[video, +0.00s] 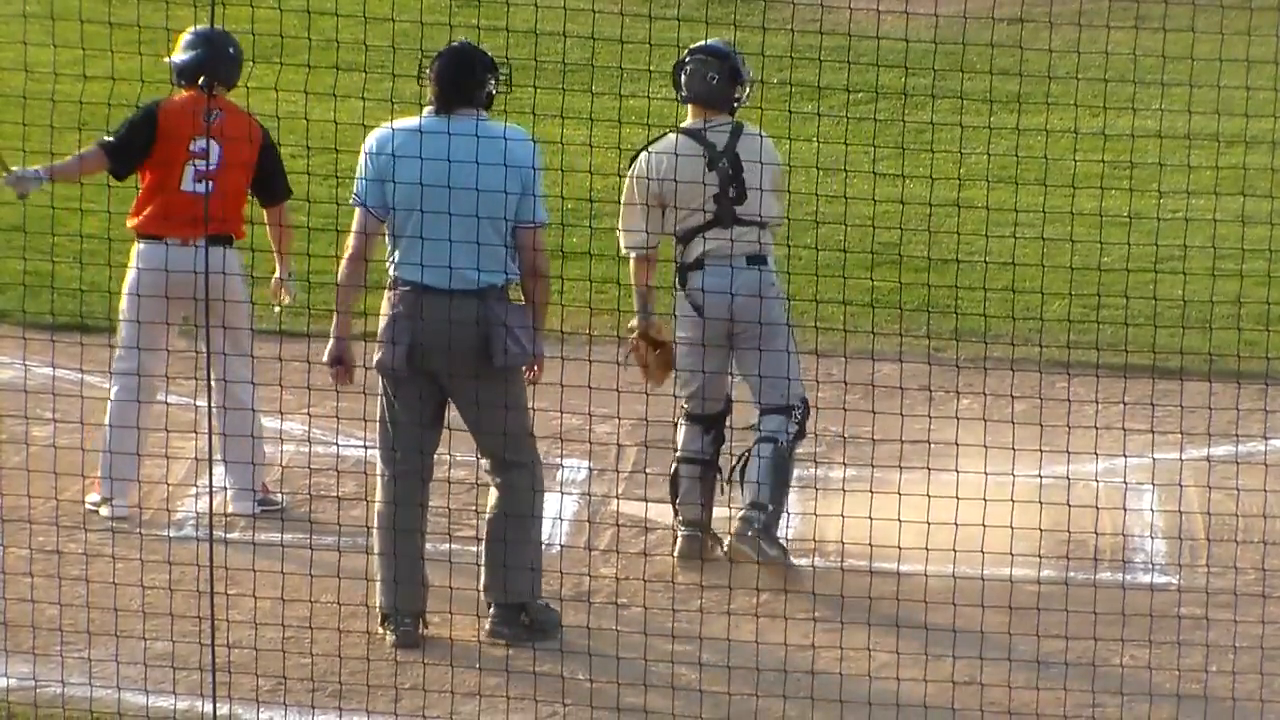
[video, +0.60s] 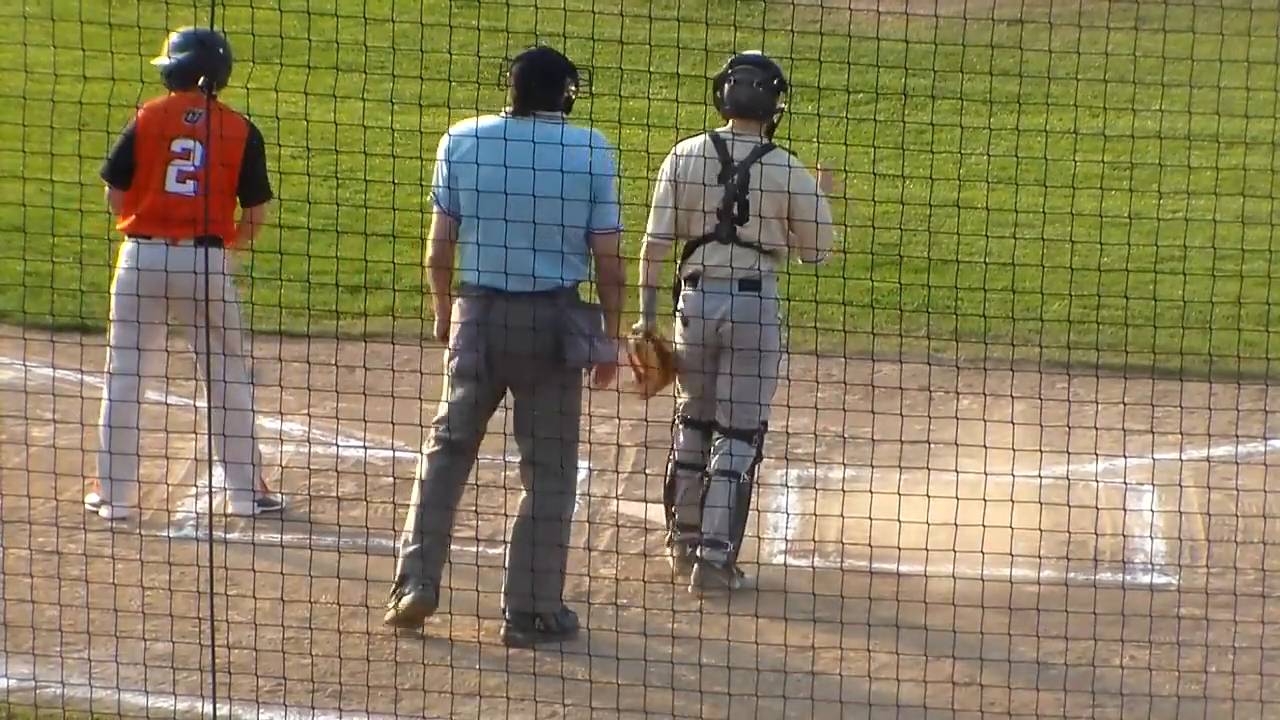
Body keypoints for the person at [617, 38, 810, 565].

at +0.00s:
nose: (739, 94)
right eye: (737, 87)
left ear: (683, 90)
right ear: (735, 92)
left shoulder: (654, 158)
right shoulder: (762, 147)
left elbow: (640, 249)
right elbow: (769, 221)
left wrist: (643, 318)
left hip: (696, 291)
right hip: (758, 286)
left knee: (701, 410)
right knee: (780, 409)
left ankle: (691, 526)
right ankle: (757, 523)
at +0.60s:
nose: (775, 108)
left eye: (770, 99)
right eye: (775, 101)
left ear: (721, 100)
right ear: (773, 106)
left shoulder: (684, 156)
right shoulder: (787, 169)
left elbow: (654, 244)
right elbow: (816, 250)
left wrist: (648, 315)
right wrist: (820, 194)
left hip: (695, 304)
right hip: (755, 309)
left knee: (694, 419)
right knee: (740, 434)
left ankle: (683, 537)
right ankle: (714, 556)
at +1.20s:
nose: (755, 119)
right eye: (755, 112)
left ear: (699, 107)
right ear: (752, 116)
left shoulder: (654, 161)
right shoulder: (761, 173)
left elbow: (631, 255)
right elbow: (783, 230)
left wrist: (621, 329)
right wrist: (763, 157)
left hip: (664, 310)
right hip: (726, 313)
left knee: (647, 434)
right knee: (721, 439)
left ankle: (626, 550)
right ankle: (712, 562)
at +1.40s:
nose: (728, 124)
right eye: (729, 116)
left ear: (670, 111)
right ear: (723, 119)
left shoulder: (626, 164)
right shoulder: (735, 175)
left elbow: (606, 250)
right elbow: (745, 237)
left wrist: (598, 332)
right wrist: (724, 162)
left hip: (638, 315)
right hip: (701, 319)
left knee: (635, 439)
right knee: (708, 440)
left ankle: (627, 568)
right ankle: (714, 564)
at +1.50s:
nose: (718, 125)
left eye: (714, 118)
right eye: (717, 117)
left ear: (656, 112)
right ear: (710, 120)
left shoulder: (615, 165)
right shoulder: (722, 172)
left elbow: (593, 249)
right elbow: (737, 233)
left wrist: (591, 330)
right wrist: (716, 167)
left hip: (629, 315)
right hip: (692, 318)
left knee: (632, 441)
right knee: (708, 440)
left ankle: (627, 567)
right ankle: (716, 563)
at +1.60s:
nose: (703, 121)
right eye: (703, 114)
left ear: (646, 112)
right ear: (702, 118)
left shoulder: (609, 165)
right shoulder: (717, 171)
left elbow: (590, 245)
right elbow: (733, 234)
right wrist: (709, 161)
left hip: (624, 312)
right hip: (690, 314)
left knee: (630, 441)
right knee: (707, 437)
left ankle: (627, 568)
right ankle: (716, 561)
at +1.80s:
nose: (705, 120)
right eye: (704, 113)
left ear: (645, 112)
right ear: (699, 116)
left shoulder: (612, 166)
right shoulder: (716, 170)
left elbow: (601, 249)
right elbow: (735, 231)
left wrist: (590, 323)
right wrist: (712, 159)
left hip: (628, 313)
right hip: (691, 315)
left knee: (631, 441)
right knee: (704, 439)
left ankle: (626, 569)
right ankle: (704, 569)